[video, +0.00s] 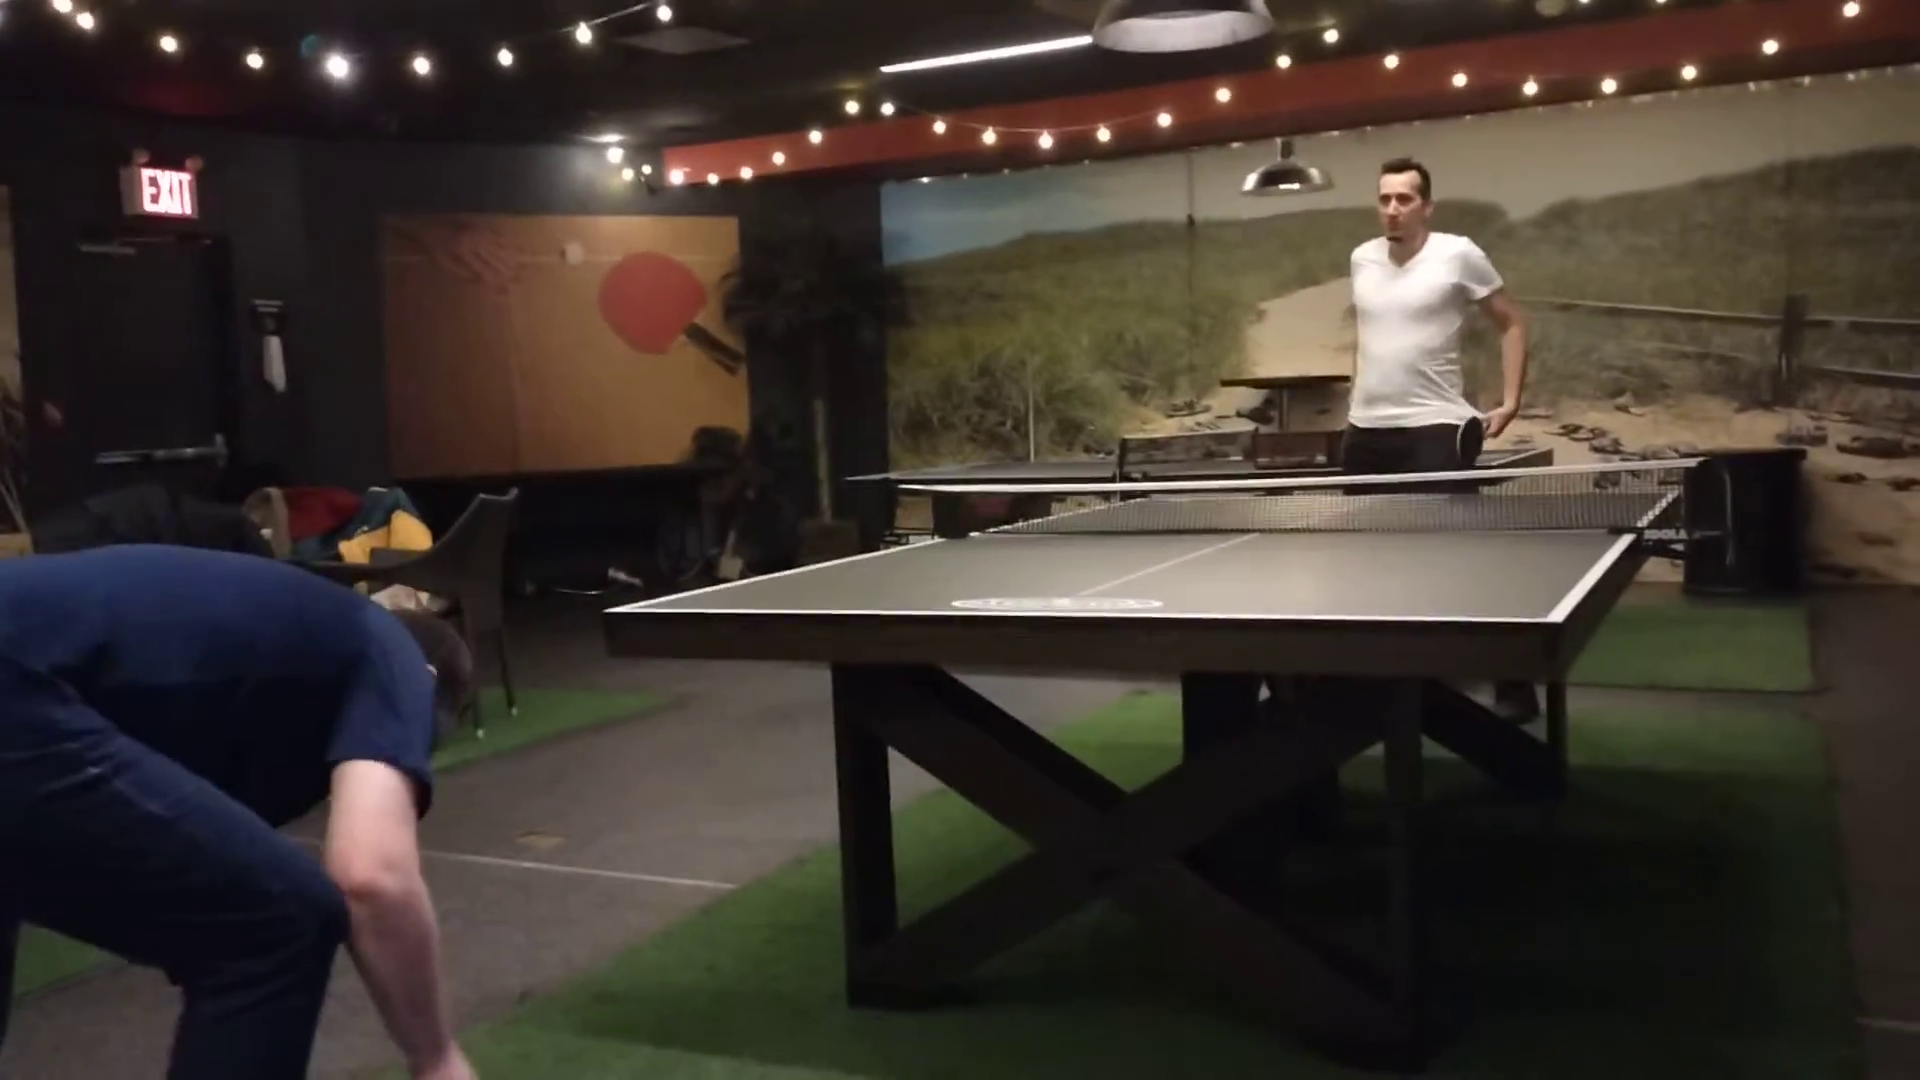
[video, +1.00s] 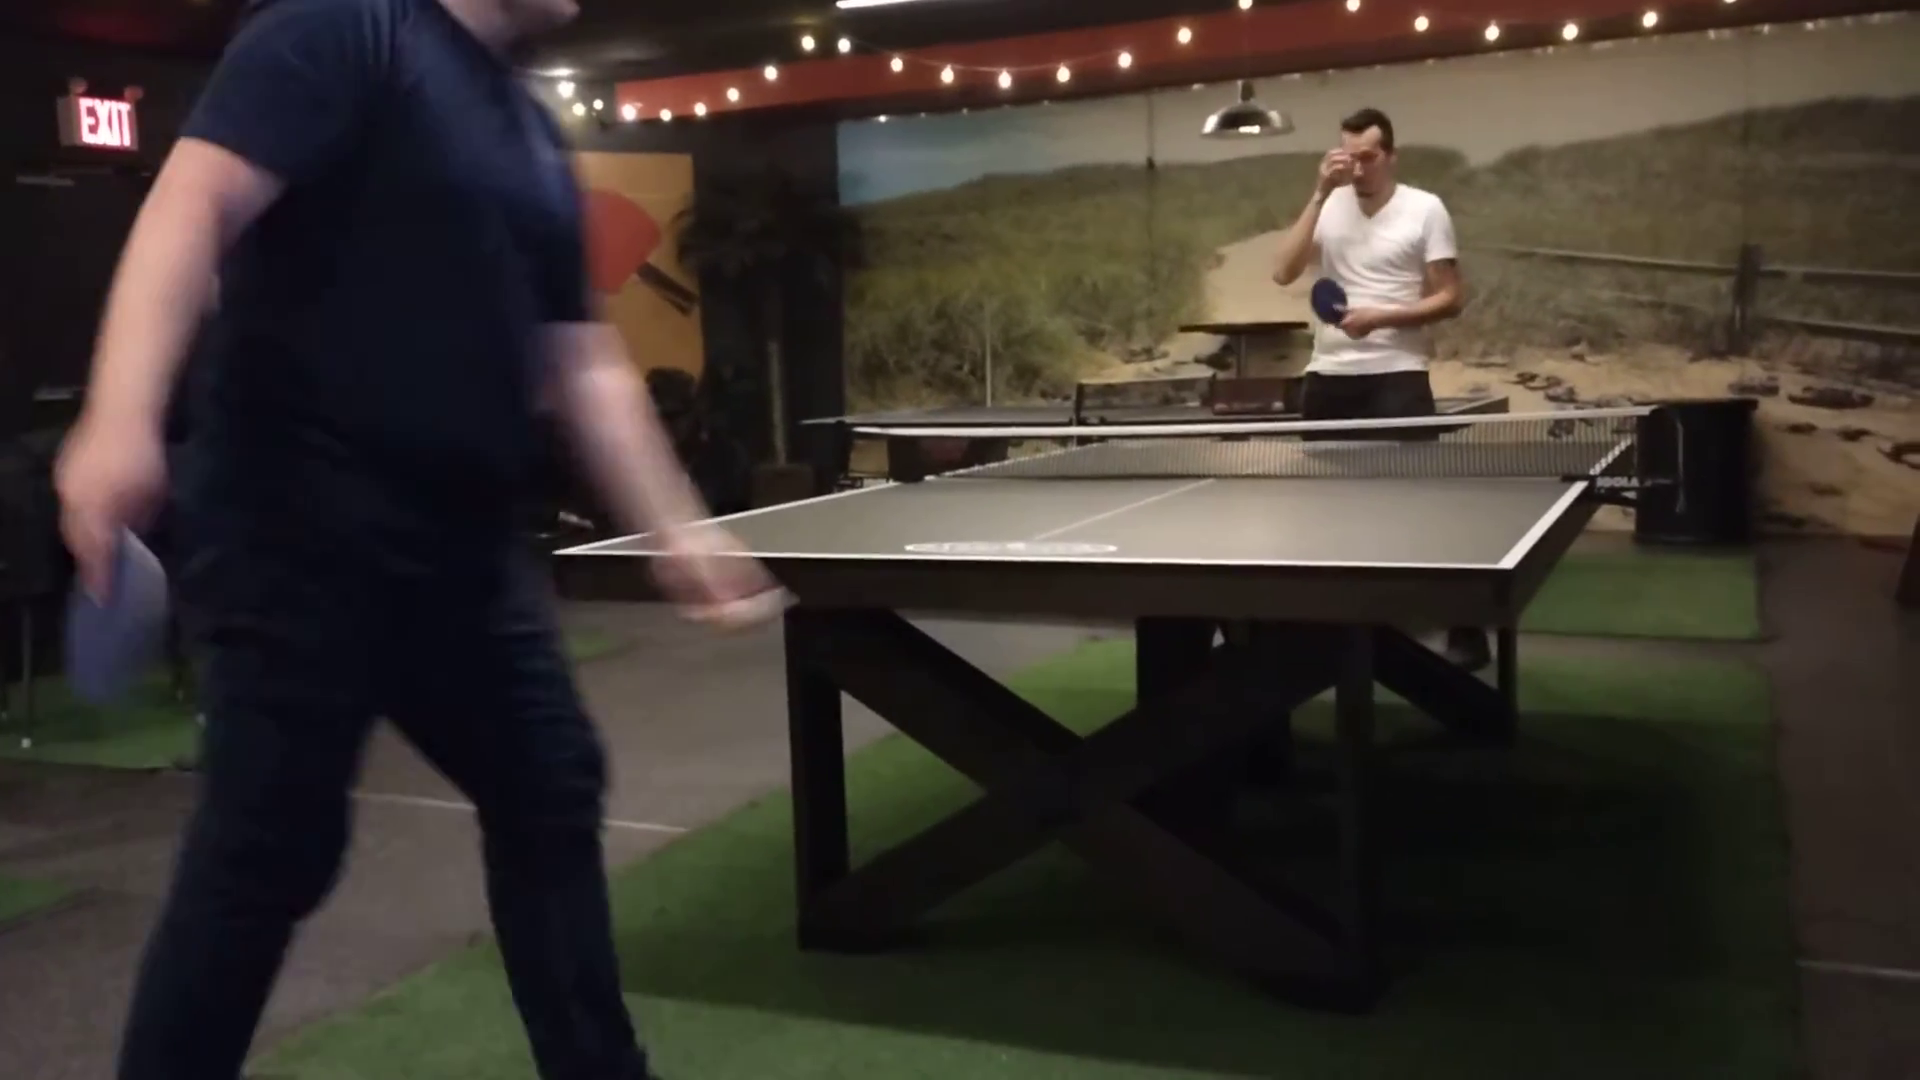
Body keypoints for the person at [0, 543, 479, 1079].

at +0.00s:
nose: (433, 733)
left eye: (442, 722)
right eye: (441, 718)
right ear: (431, 678)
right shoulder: (387, 652)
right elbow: (371, 874)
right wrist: (435, 1056)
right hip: (17, 704)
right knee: (282, 922)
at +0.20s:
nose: (426, 628)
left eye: (441, 618)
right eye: (437, 608)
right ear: (419, 557)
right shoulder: (358, 564)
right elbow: (348, 798)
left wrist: (243, 1036)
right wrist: (367, 1029)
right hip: (14, 657)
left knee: (185, 904)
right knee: (233, 897)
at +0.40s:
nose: (490, 341)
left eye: (494, 315)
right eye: (491, 312)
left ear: (380, 259)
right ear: (450, 287)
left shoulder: (295, 308)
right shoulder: (385, 347)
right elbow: (310, 562)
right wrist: (295, 818)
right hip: (34, 568)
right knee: (195, 904)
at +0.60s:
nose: (519, 77)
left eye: (520, 50)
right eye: (510, 44)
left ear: (405, 31)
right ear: (435, 34)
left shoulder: (296, 106)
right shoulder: (376, 146)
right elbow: (266, 345)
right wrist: (247, 605)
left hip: (41, 512)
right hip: (119, 536)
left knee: (105, 800)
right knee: (234, 868)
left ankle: (36, 1053)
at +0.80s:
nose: (518, 0)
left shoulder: (384, 74)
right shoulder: (338, 57)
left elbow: (318, 306)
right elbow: (194, 266)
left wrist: (388, 481)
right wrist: (186, 530)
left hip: (319, 541)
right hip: (244, 549)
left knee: (388, 769)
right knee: (230, 856)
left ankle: (383, 1050)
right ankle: (174, 1062)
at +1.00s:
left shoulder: (525, 125)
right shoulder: (339, 32)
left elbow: (584, 356)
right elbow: (191, 201)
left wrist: (677, 527)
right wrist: (119, 420)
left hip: (454, 556)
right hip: (289, 541)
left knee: (547, 787)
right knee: (263, 848)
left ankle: (596, 1066)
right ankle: (172, 1066)